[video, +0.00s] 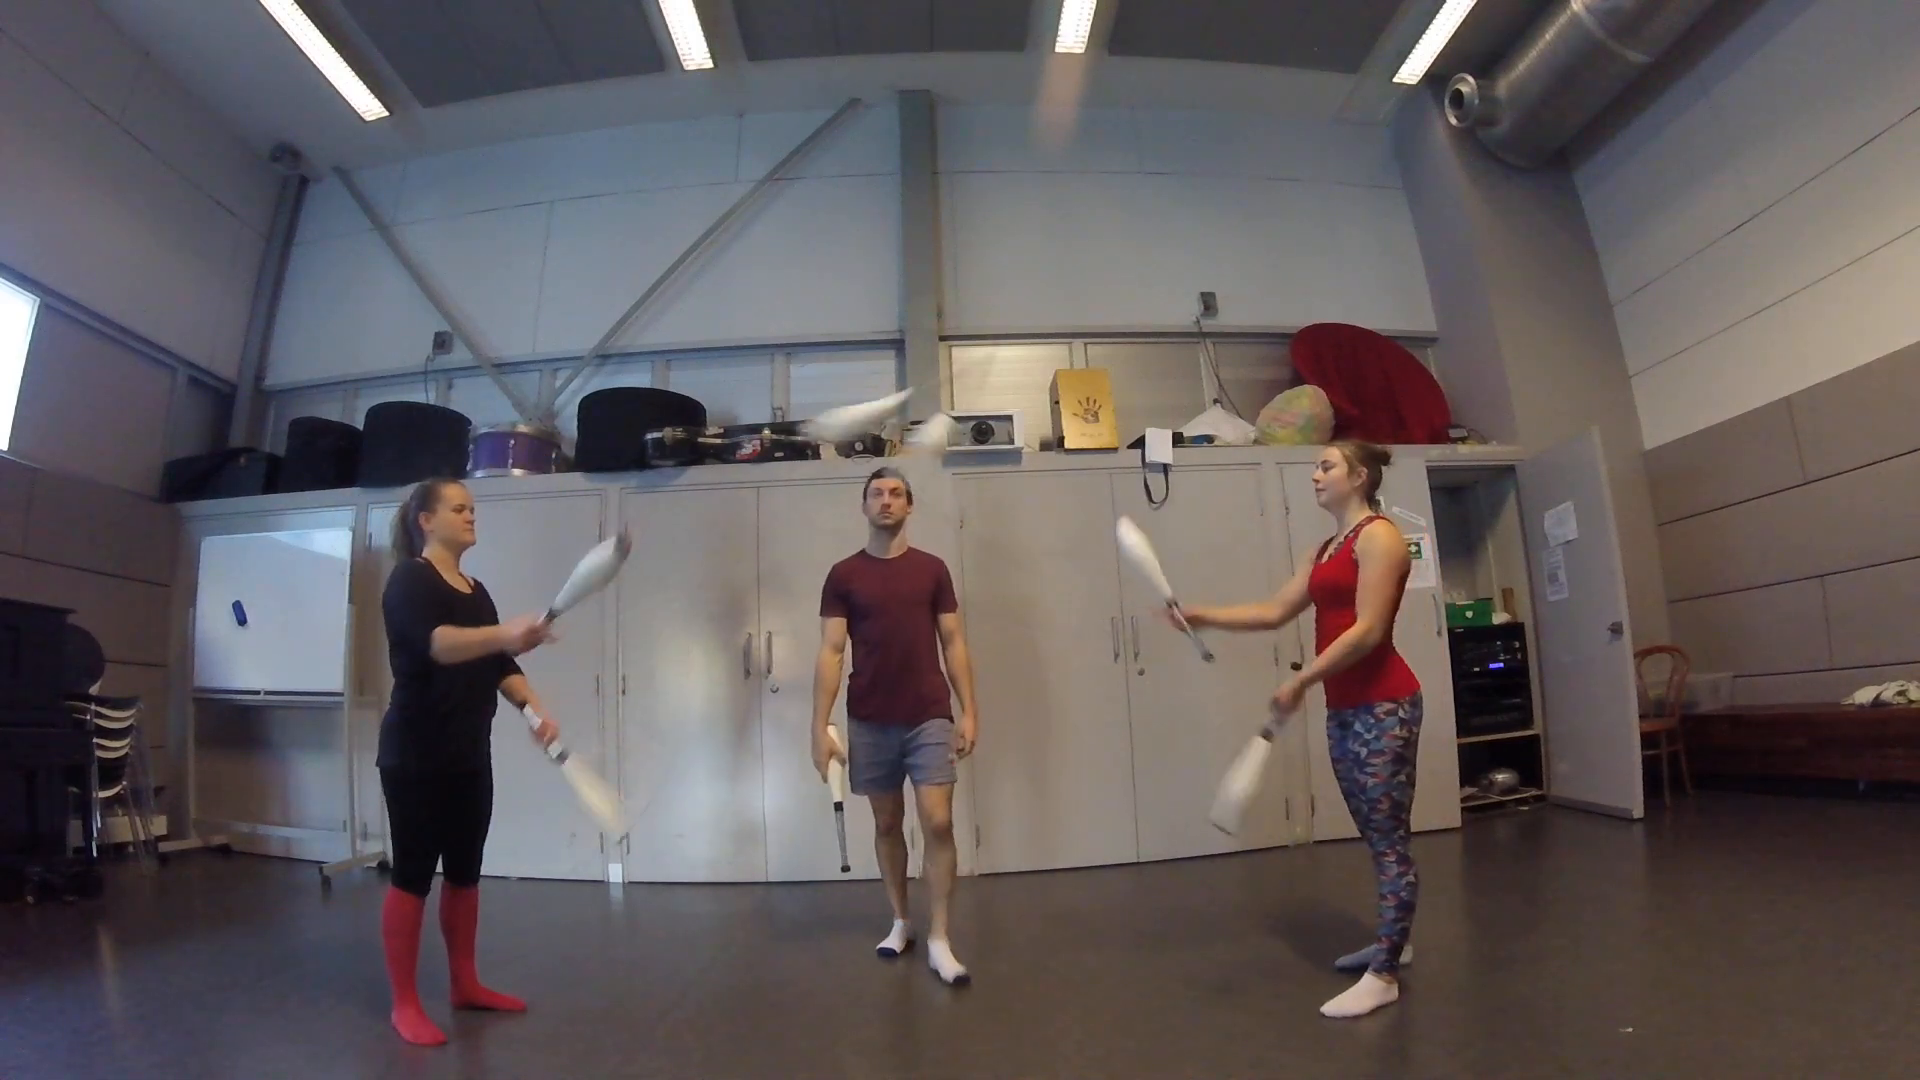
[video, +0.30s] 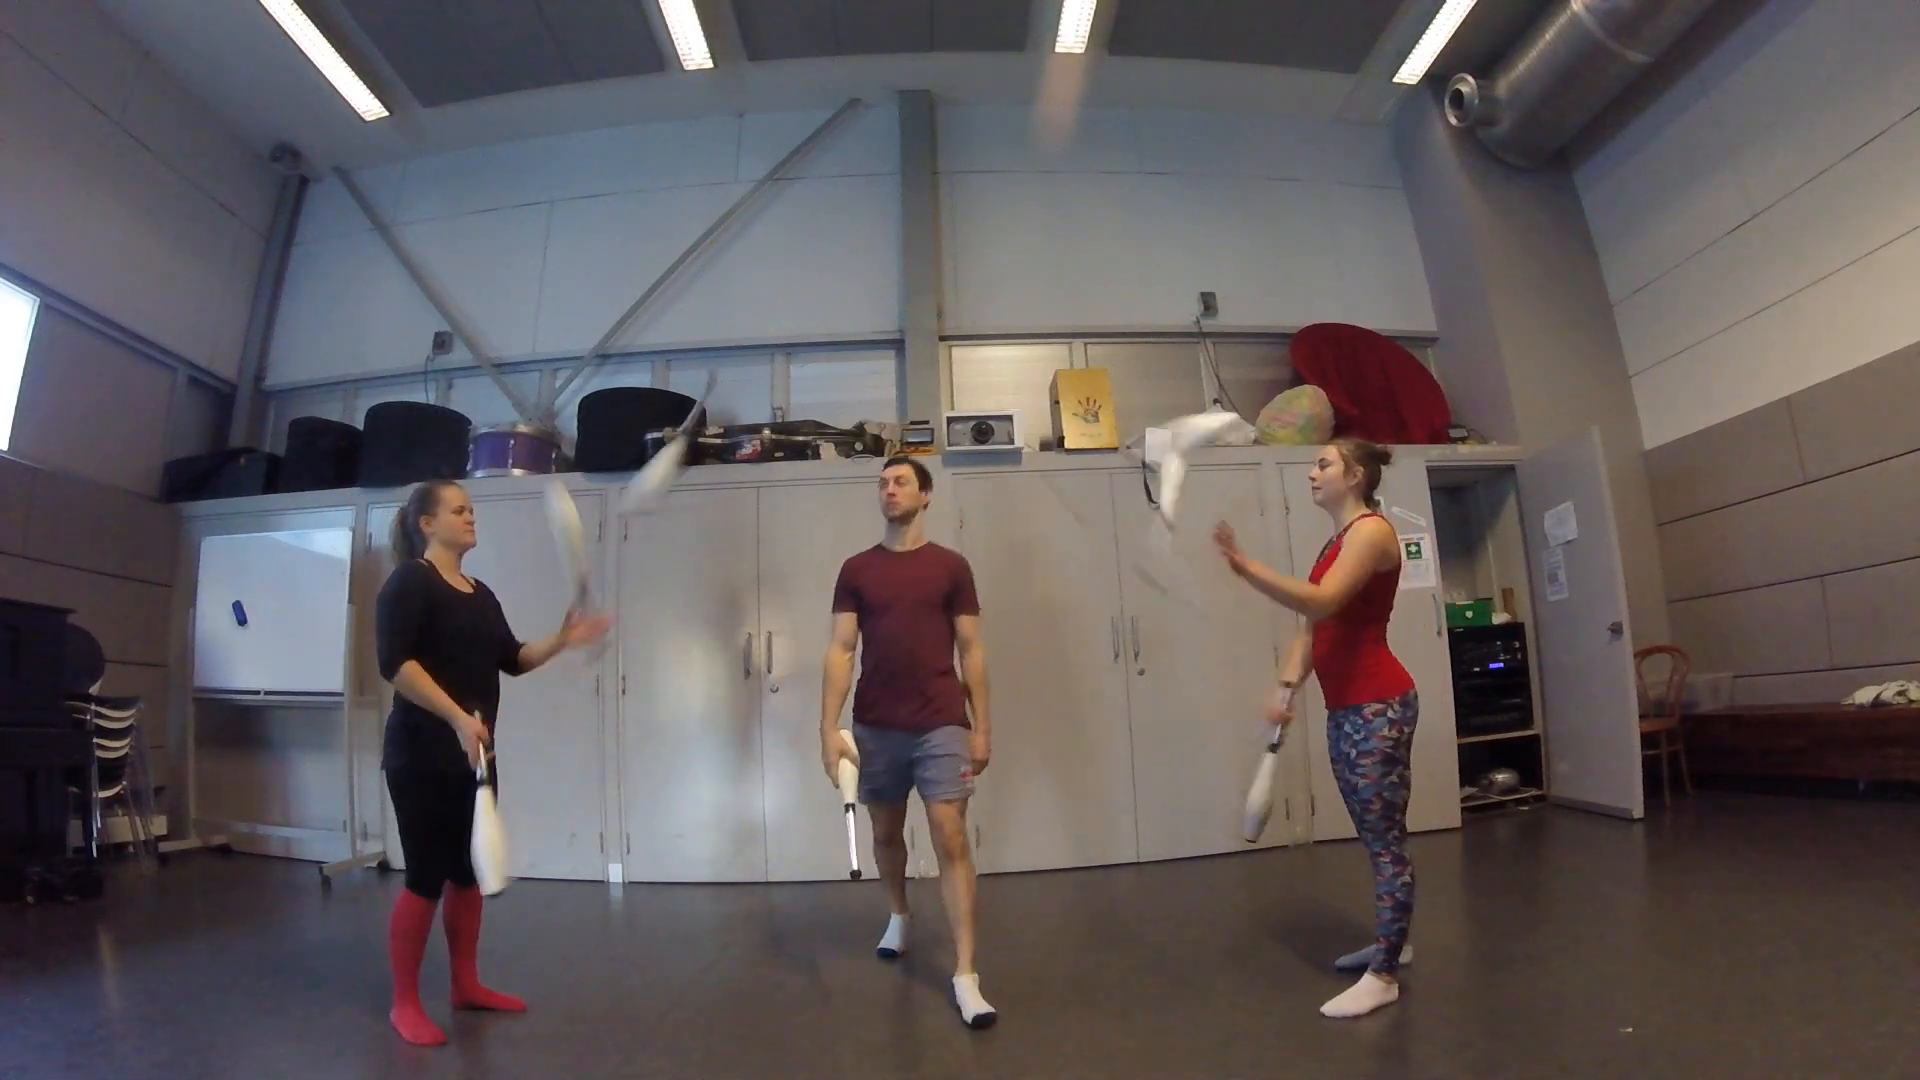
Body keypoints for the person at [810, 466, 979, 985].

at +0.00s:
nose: (886, 500)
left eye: (895, 494)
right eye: (877, 494)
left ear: (909, 507)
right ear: (864, 507)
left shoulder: (932, 568)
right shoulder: (844, 574)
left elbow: (953, 641)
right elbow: (831, 651)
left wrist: (968, 710)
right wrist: (821, 726)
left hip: (931, 717)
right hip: (871, 721)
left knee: (939, 825)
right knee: (886, 826)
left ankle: (939, 937)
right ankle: (899, 921)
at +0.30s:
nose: (889, 491)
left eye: (900, 483)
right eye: (883, 484)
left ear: (925, 496)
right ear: (878, 497)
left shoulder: (952, 566)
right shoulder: (858, 568)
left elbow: (970, 648)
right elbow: (841, 649)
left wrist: (980, 727)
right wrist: (830, 726)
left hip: (942, 723)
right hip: (877, 725)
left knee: (951, 839)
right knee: (887, 837)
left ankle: (965, 973)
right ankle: (899, 916)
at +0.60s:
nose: (879, 466)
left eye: (891, 456)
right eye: (879, 458)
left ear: (927, 464)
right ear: (886, 470)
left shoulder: (969, 540)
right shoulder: (866, 546)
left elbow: (997, 620)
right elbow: (846, 631)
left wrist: (1013, 699)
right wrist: (829, 710)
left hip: (953, 722)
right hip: (880, 722)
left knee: (961, 851)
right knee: (872, 850)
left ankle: (967, 979)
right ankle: (902, 971)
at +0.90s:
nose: (846, 460)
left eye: (856, 449)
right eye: (845, 451)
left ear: (897, 453)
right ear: (878, 457)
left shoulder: (946, 527)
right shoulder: (841, 541)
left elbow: (965, 617)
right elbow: (824, 634)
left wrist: (922, 674)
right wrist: (804, 719)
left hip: (940, 725)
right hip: (861, 725)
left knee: (956, 857)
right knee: (854, 863)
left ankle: (965, 981)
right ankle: (845, 1016)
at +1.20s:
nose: (808, 452)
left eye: (815, 439)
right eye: (807, 442)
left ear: (855, 436)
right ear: (847, 439)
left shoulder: (899, 505)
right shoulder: (823, 533)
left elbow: (815, 560)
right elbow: (803, 633)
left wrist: (698, 573)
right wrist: (770, 711)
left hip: (911, 714)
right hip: (834, 721)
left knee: (965, 857)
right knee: (845, 867)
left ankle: (1009, 984)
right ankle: (847, 1017)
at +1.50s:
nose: (798, 452)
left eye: (804, 439)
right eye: (797, 441)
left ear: (842, 434)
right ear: (839, 436)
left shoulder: (883, 499)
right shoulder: (838, 521)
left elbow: (772, 554)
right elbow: (821, 635)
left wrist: (671, 586)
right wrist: (781, 716)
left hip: (912, 710)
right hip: (841, 720)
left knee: (969, 855)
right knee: (851, 870)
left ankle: (1015, 982)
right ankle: (849, 1015)